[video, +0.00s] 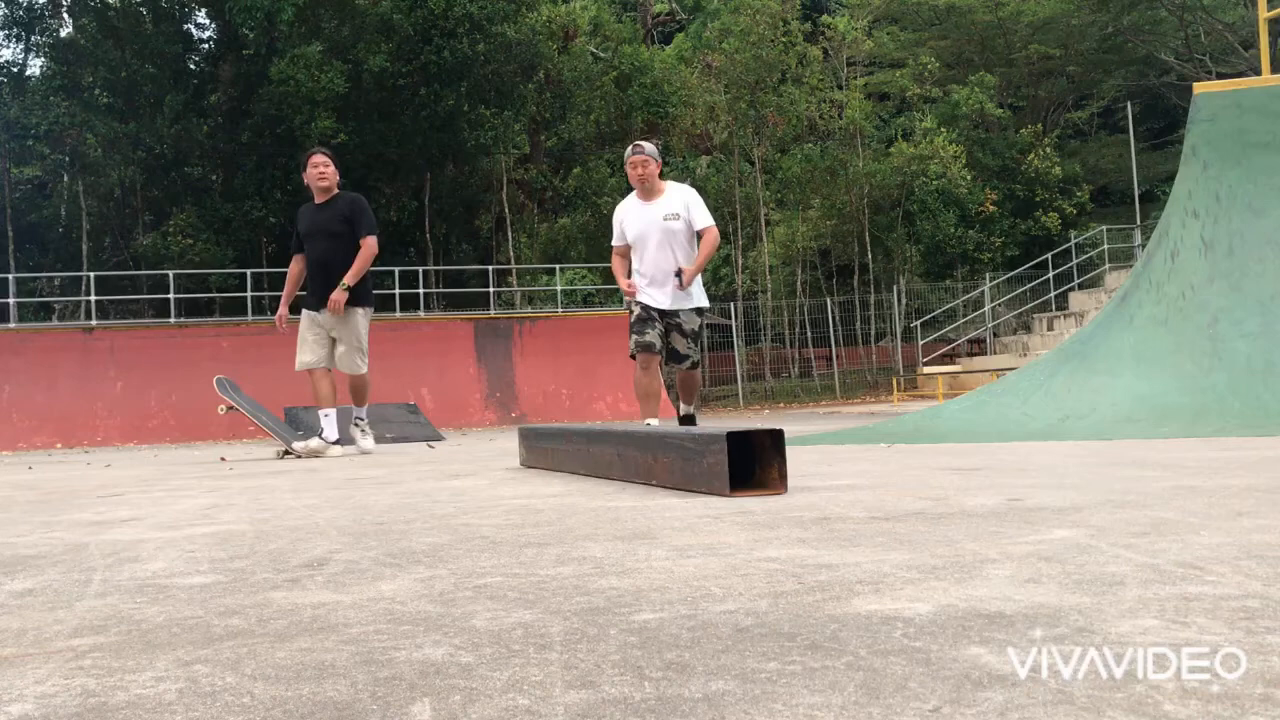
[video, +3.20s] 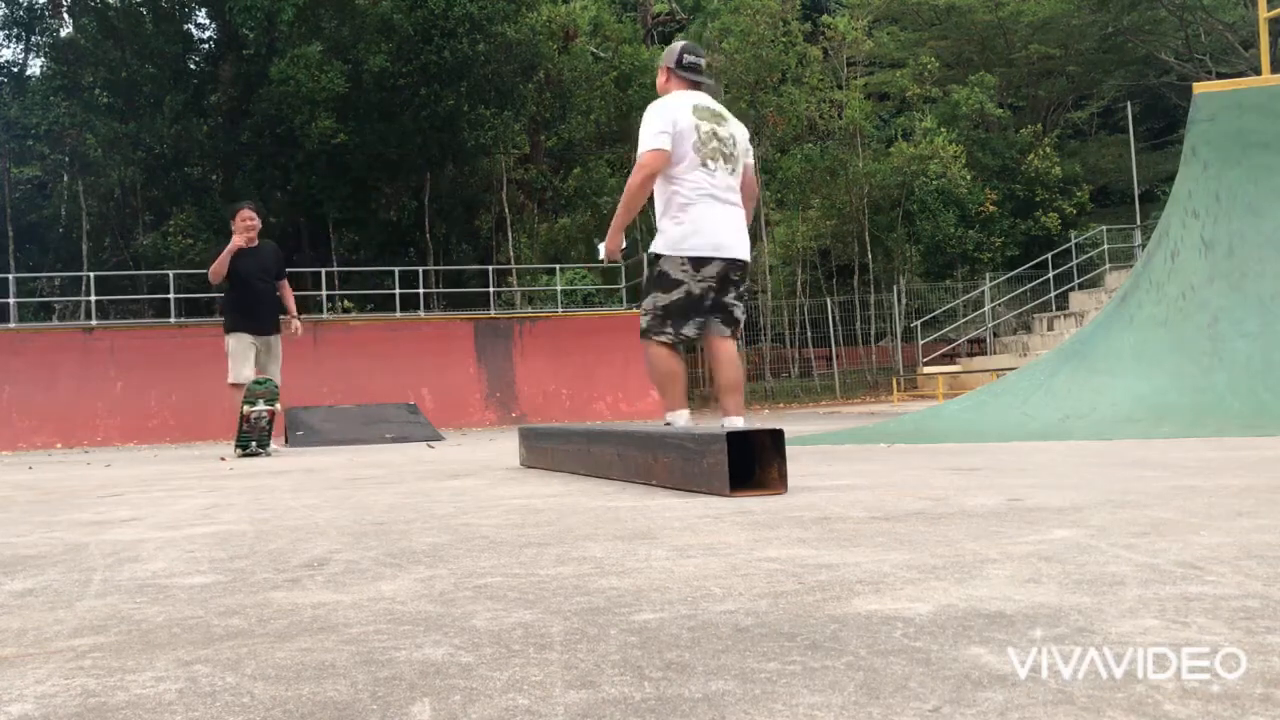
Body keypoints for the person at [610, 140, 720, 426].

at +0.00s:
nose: (639, 171)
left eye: (645, 165)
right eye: (633, 166)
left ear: (659, 167)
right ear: (626, 172)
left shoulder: (685, 196)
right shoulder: (623, 210)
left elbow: (711, 235)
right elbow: (619, 254)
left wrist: (694, 269)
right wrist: (622, 279)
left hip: (685, 297)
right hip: (645, 297)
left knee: (687, 364)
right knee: (646, 357)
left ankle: (687, 416)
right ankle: (650, 426)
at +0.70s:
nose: (664, 131)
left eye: (670, 123)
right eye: (656, 126)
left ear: (683, 128)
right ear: (647, 134)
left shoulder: (710, 164)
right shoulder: (636, 172)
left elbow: (739, 212)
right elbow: (620, 234)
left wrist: (730, 223)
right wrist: (613, 224)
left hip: (701, 273)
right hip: (653, 273)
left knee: (704, 347)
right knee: (650, 341)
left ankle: (701, 421)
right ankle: (665, 406)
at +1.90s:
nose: (662, 152)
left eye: (669, 141)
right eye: (651, 145)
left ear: (685, 143)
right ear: (639, 155)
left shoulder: (720, 180)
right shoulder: (633, 205)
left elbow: (755, 240)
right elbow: (616, 270)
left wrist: (742, 218)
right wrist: (592, 250)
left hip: (731, 279)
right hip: (679, 305)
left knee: (724, 320)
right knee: (674, 404)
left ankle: (740, 429)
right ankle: (688, 428)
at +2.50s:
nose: (634, 124)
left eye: (638, 113)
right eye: (632, 116)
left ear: (667, 108)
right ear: (654, 110)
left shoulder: (723, 145)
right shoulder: (640, 170)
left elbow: (769, 200)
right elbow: (628, 237)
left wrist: (744, 233)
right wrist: (619, 280)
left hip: (736, 266)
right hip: (682, 287)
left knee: (717, 321)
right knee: (675, 394)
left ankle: (737, 431)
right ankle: (693, 432)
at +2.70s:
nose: (642, 75)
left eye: (646, 65)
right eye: (642, 66)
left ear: (666, 64)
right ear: (670, 66)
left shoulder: (711, 102)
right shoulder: (668, 126)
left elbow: (742, 162)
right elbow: (665, 200)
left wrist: (704, 223)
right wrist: (646, 257)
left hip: (733, 239)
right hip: (687, 247)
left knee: (714, 323)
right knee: (673, 337)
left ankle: (736, 430)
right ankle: (714, 430)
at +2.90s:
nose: (664, 64)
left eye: (667, 56)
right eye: (667, 56)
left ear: (678, 58)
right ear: (700, 63)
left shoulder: (693, 97)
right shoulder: (706, 101)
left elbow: (690, 158)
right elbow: (707, 186)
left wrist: (644, 216)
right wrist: (680, 245)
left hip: (720, 233)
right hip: (706, 236)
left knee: (709, 323)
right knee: (684, 327)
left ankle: (736, 425)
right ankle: (728, 418)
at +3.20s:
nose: (657, 80)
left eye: (659, 74)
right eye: (659, 74)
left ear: (667, 74)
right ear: (699, 77)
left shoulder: (664, 109)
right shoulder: (734, 123)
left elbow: (650, 167)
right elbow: (749, 191)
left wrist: (615, 231)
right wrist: (732, 233)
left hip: (685, 241)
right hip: (734, 243)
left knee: (658, 333)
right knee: (721, 332)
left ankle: (679, 427)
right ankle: (735, 428)